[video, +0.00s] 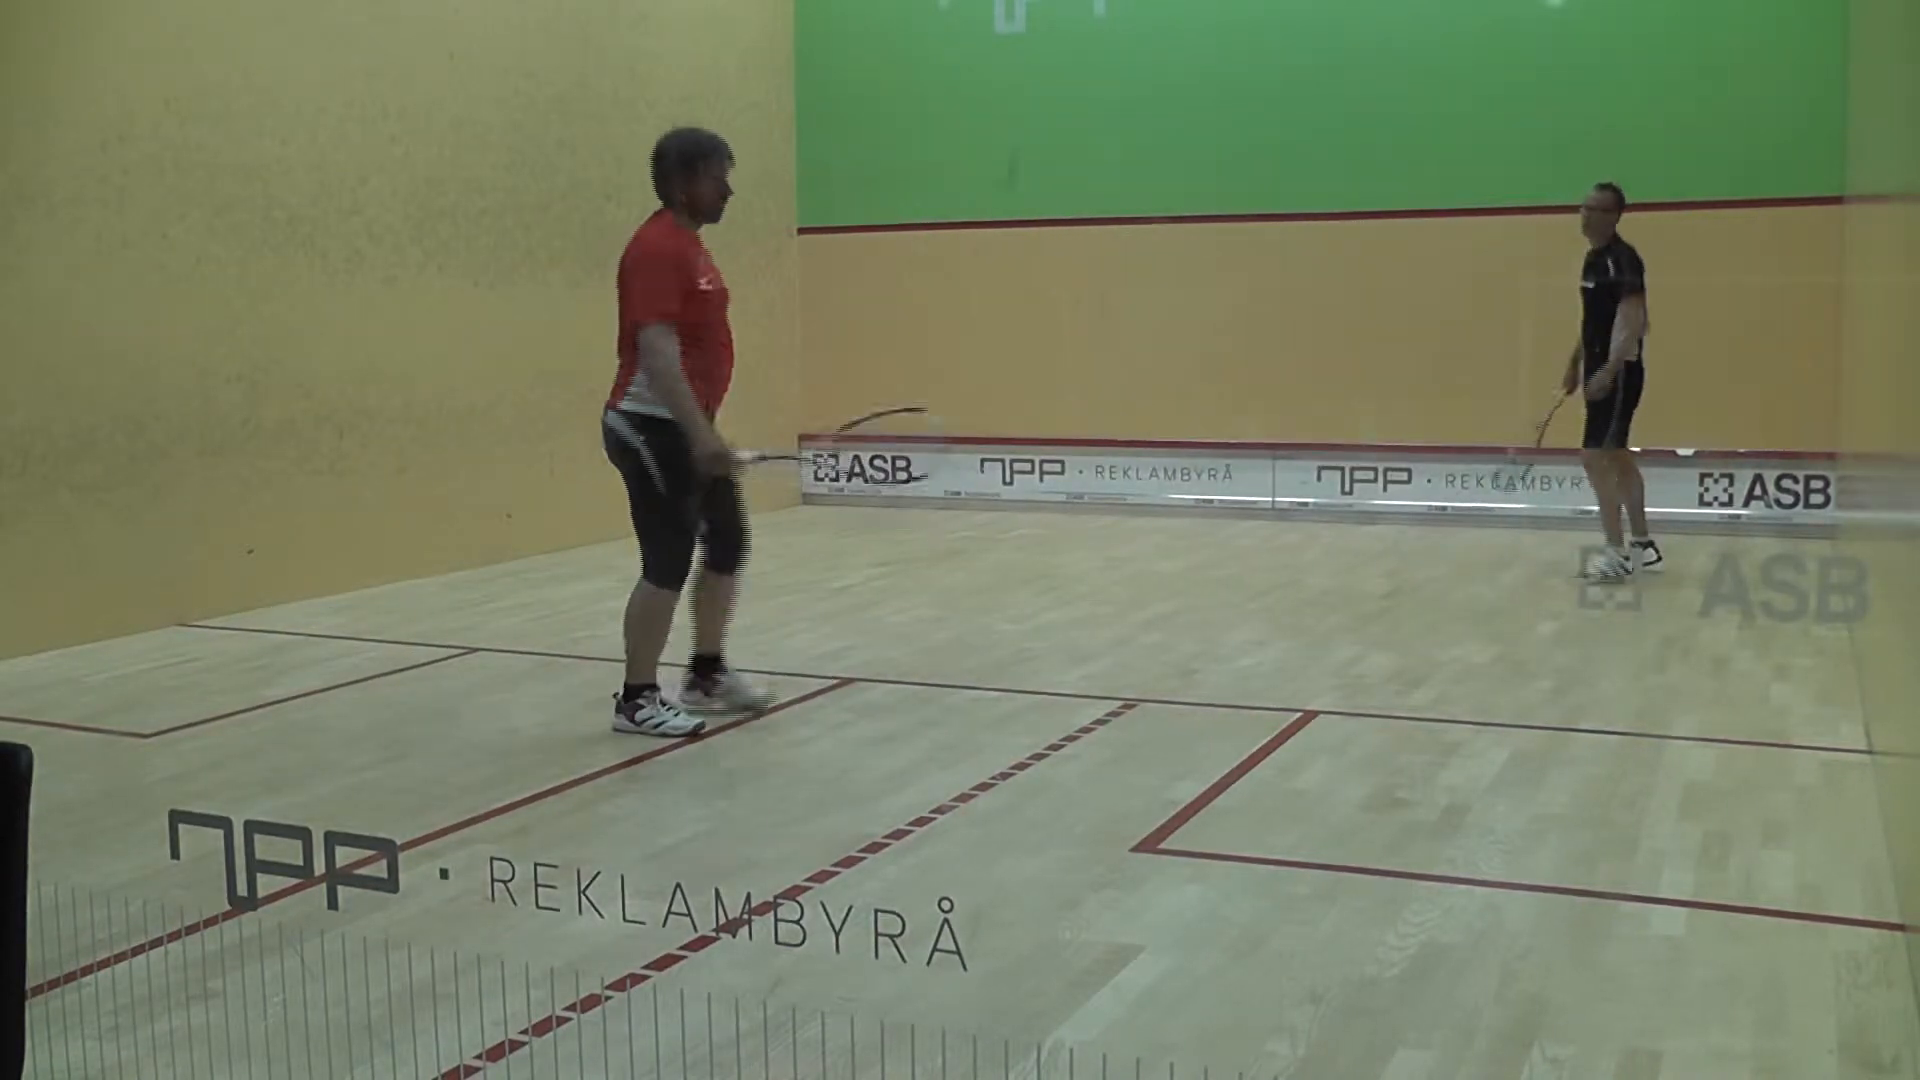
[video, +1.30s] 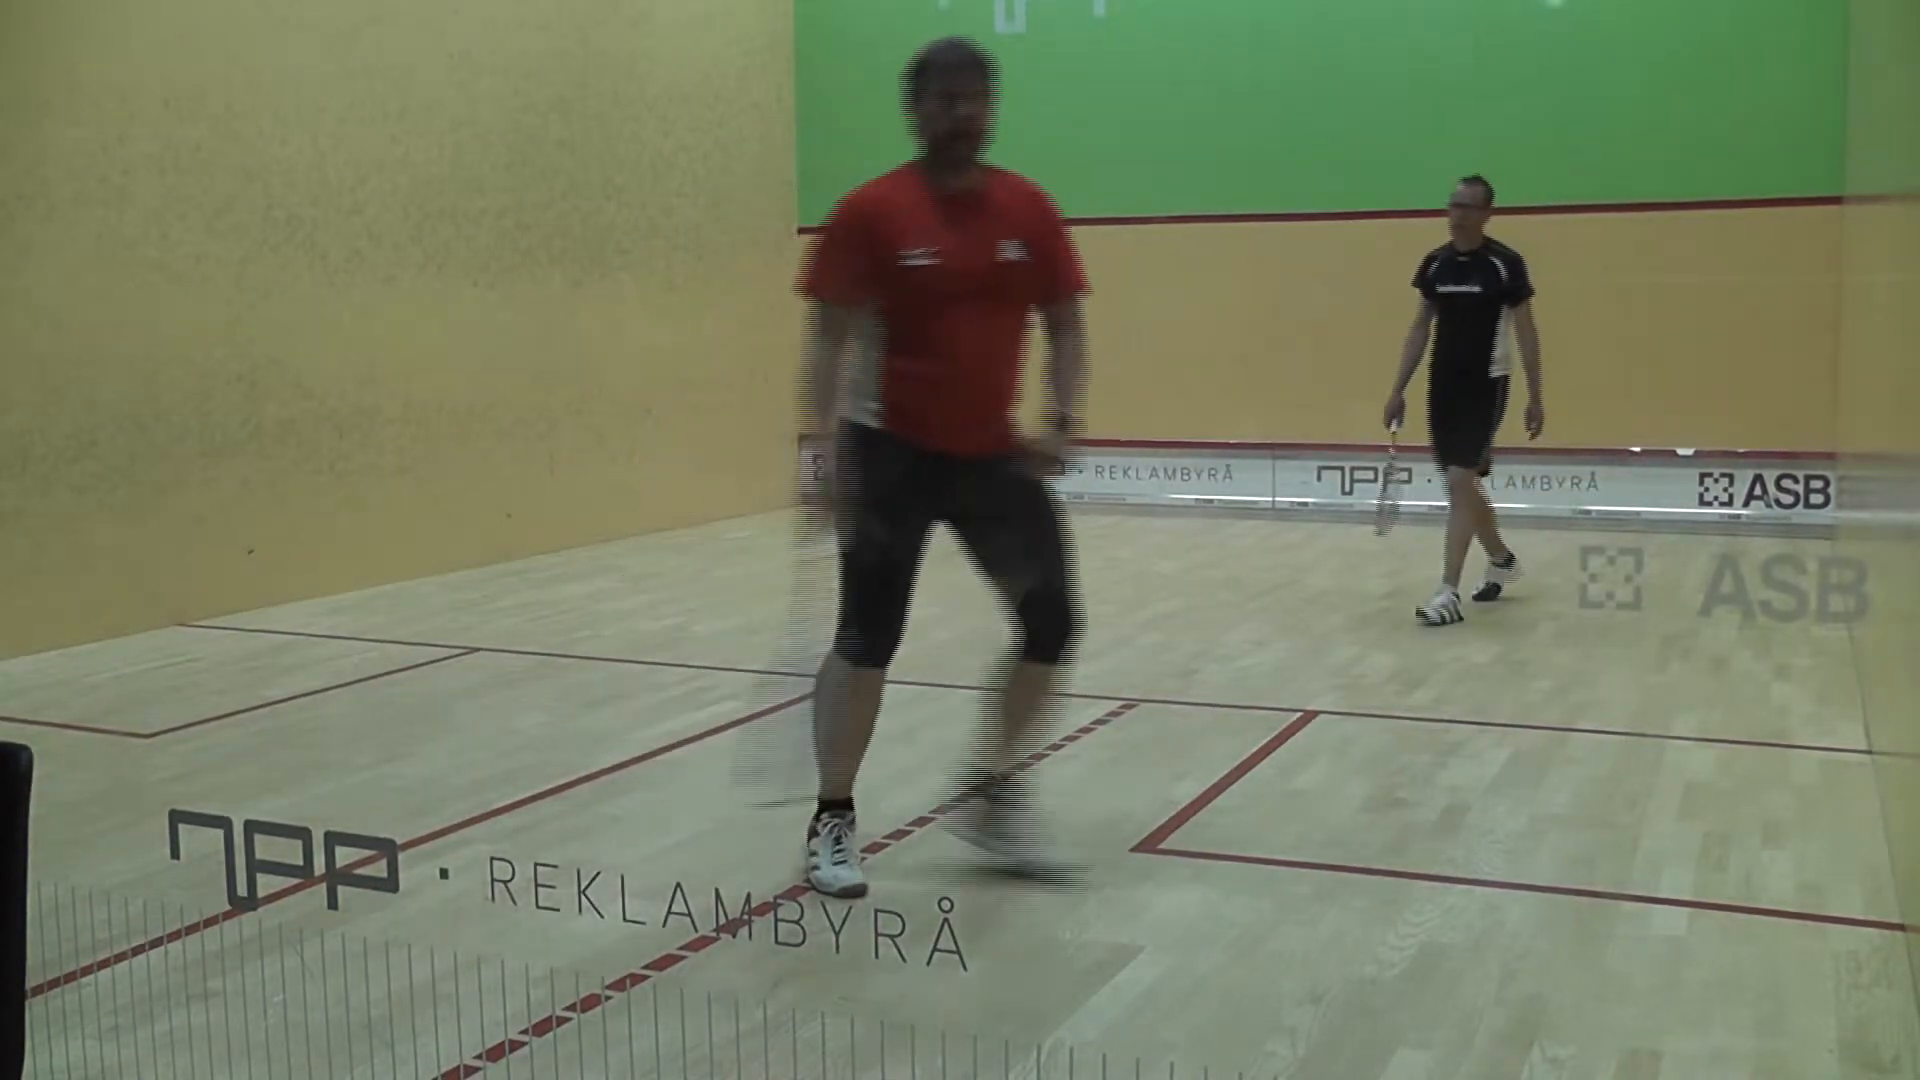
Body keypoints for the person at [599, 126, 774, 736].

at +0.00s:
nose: (729, 190)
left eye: (729, 178)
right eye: (720, 178)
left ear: (690, 184)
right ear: (683, 181)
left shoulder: (686, 242)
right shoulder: (656, 248)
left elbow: (682, 345)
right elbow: (657, 356)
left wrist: (703, 427)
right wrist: (700, 432)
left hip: (684, 420)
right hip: (645, 423)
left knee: (727, 539)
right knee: (669, 554)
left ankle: (706, 675)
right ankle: (638, 698)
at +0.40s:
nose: (760, 229)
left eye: (771, 216)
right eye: (748, 215)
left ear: (784, 214)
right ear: (722, 210)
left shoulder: (786, 270)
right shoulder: (689, 272)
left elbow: (782, 343)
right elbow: (656, 356)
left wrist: (784, 397)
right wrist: (667, 417)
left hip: (748, 455)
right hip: (672, 457)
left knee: (761, 592)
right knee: (671, 585)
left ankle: (764, 734)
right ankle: (666, 684)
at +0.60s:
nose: (793, 254)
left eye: (806, 241)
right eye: (780, 239)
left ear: (825, 236)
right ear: (757, 230)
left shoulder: (832, 287)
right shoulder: (727, 295)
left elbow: (846, 364)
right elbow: (706, 395)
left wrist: (868, 433)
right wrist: (704, 478)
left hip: (786, 458)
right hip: (708, 458)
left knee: (800, 598)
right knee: (701, 590)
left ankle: (766, 747)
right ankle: (682, 660)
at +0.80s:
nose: (826, 203)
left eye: (841, 187)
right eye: (812, 186)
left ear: (860, 185)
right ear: (788, 179)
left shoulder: (874, 247)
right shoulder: (740, 266)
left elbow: (907, 328)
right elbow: (698, 386)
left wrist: (932, 394)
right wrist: (676, 495)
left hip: (826, 454)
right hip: (743, 454)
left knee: (817, 607)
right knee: (754, 604)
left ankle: (770, 741)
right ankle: (726, 747)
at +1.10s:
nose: (877, 159)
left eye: (893, 142)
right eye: (860, 142)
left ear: (914, 148)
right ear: (832, 148)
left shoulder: (945, 224)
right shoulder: (800, 249)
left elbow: (990, 296)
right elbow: (725, 348)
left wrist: (934, 280)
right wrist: (665, 444)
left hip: (914, 469)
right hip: (825, 462)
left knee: (905, 653)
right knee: (842, 647)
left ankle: (799, 709)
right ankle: (824, 824)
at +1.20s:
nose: (899, 137)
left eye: (915, 120)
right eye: (884, 120)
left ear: (940, 128)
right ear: (858, 128)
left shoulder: (971, 214)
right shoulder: (819, 239)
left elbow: (1020, 305)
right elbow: (751, 356)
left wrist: (967, 348)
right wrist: (711, 465)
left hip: (939, 464)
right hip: (845, 458)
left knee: (961, 642)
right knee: (849, 639)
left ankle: (858, 717)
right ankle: (827, 820)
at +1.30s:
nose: (961, 113)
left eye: (974, 97)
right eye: (944, 98)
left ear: (994, 106)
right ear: (913, 106)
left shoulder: (1026, 208)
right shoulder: (872, 212)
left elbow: (1066, 324)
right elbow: (827, 338)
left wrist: (1062, 425)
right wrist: (819, 445)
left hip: (989, 455)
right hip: (887, 452)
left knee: (1050, 618)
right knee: (869, 631)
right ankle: (834, 818)